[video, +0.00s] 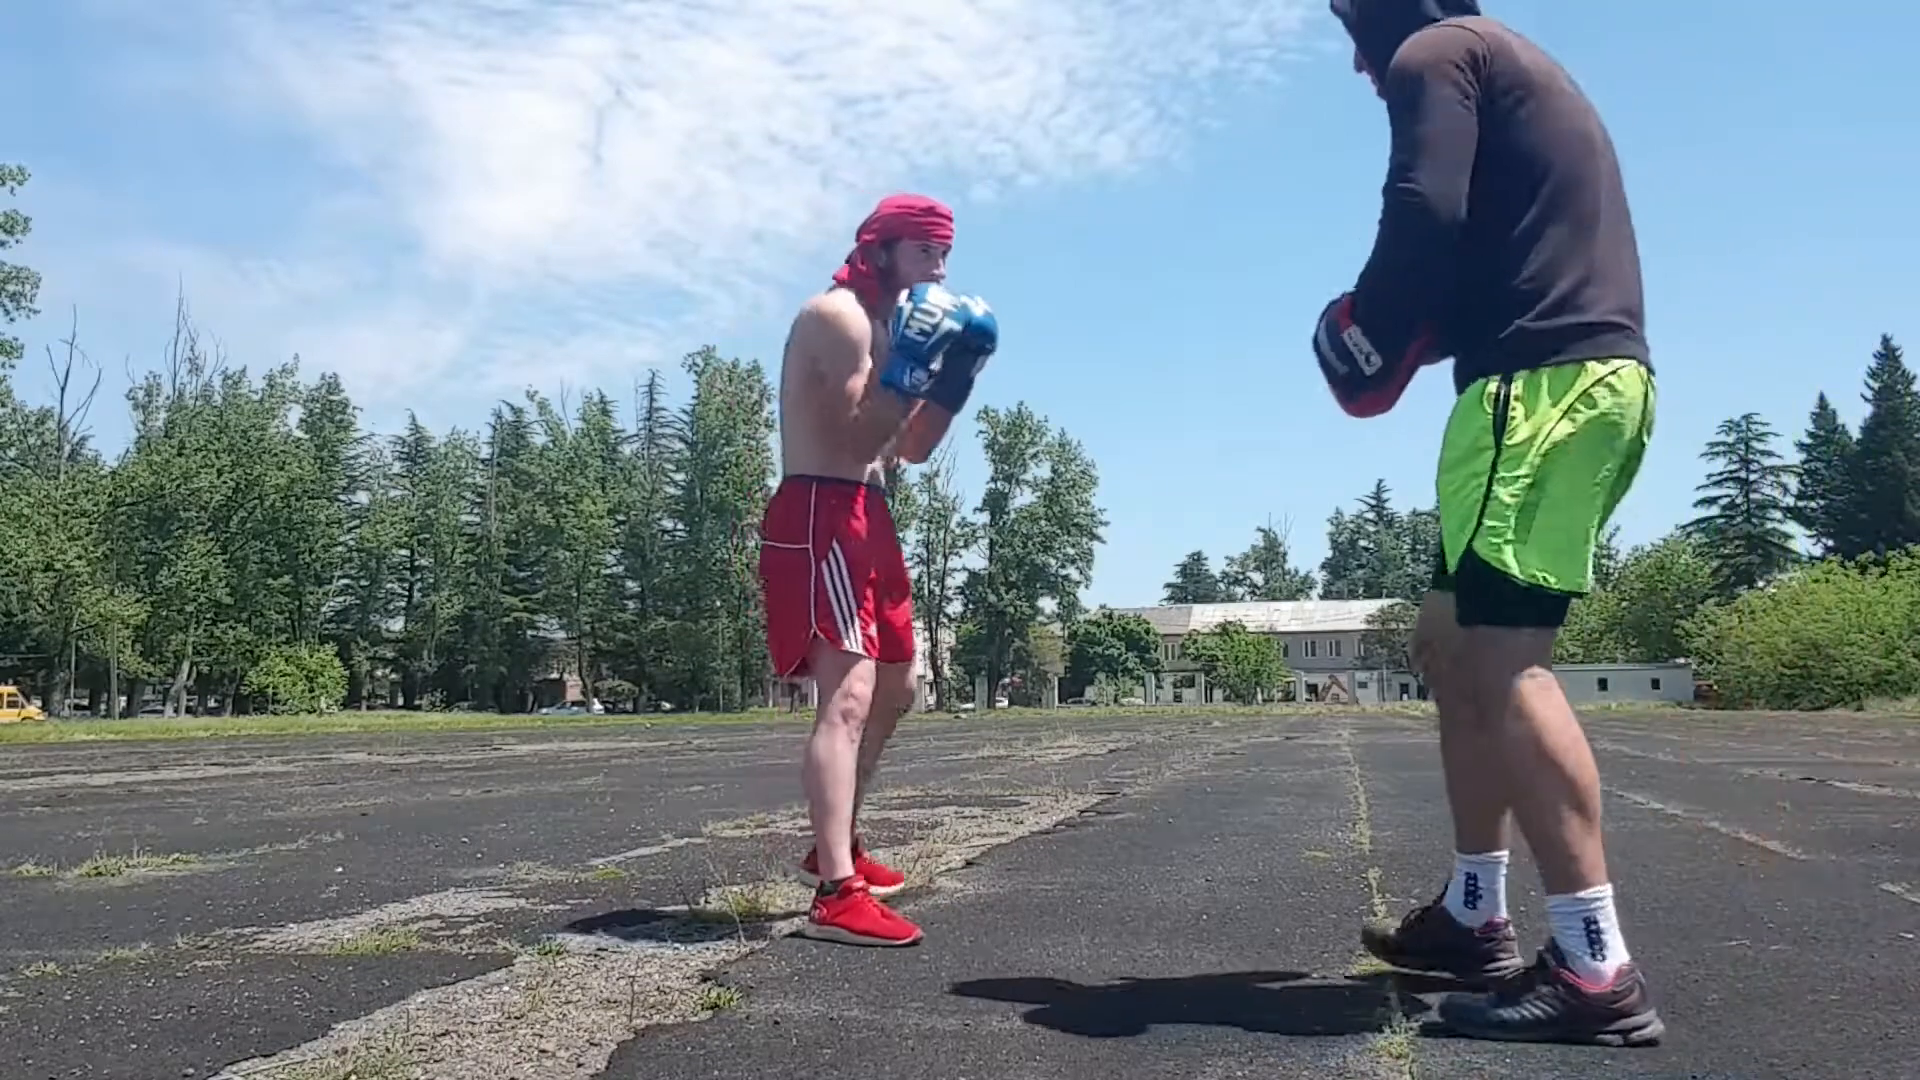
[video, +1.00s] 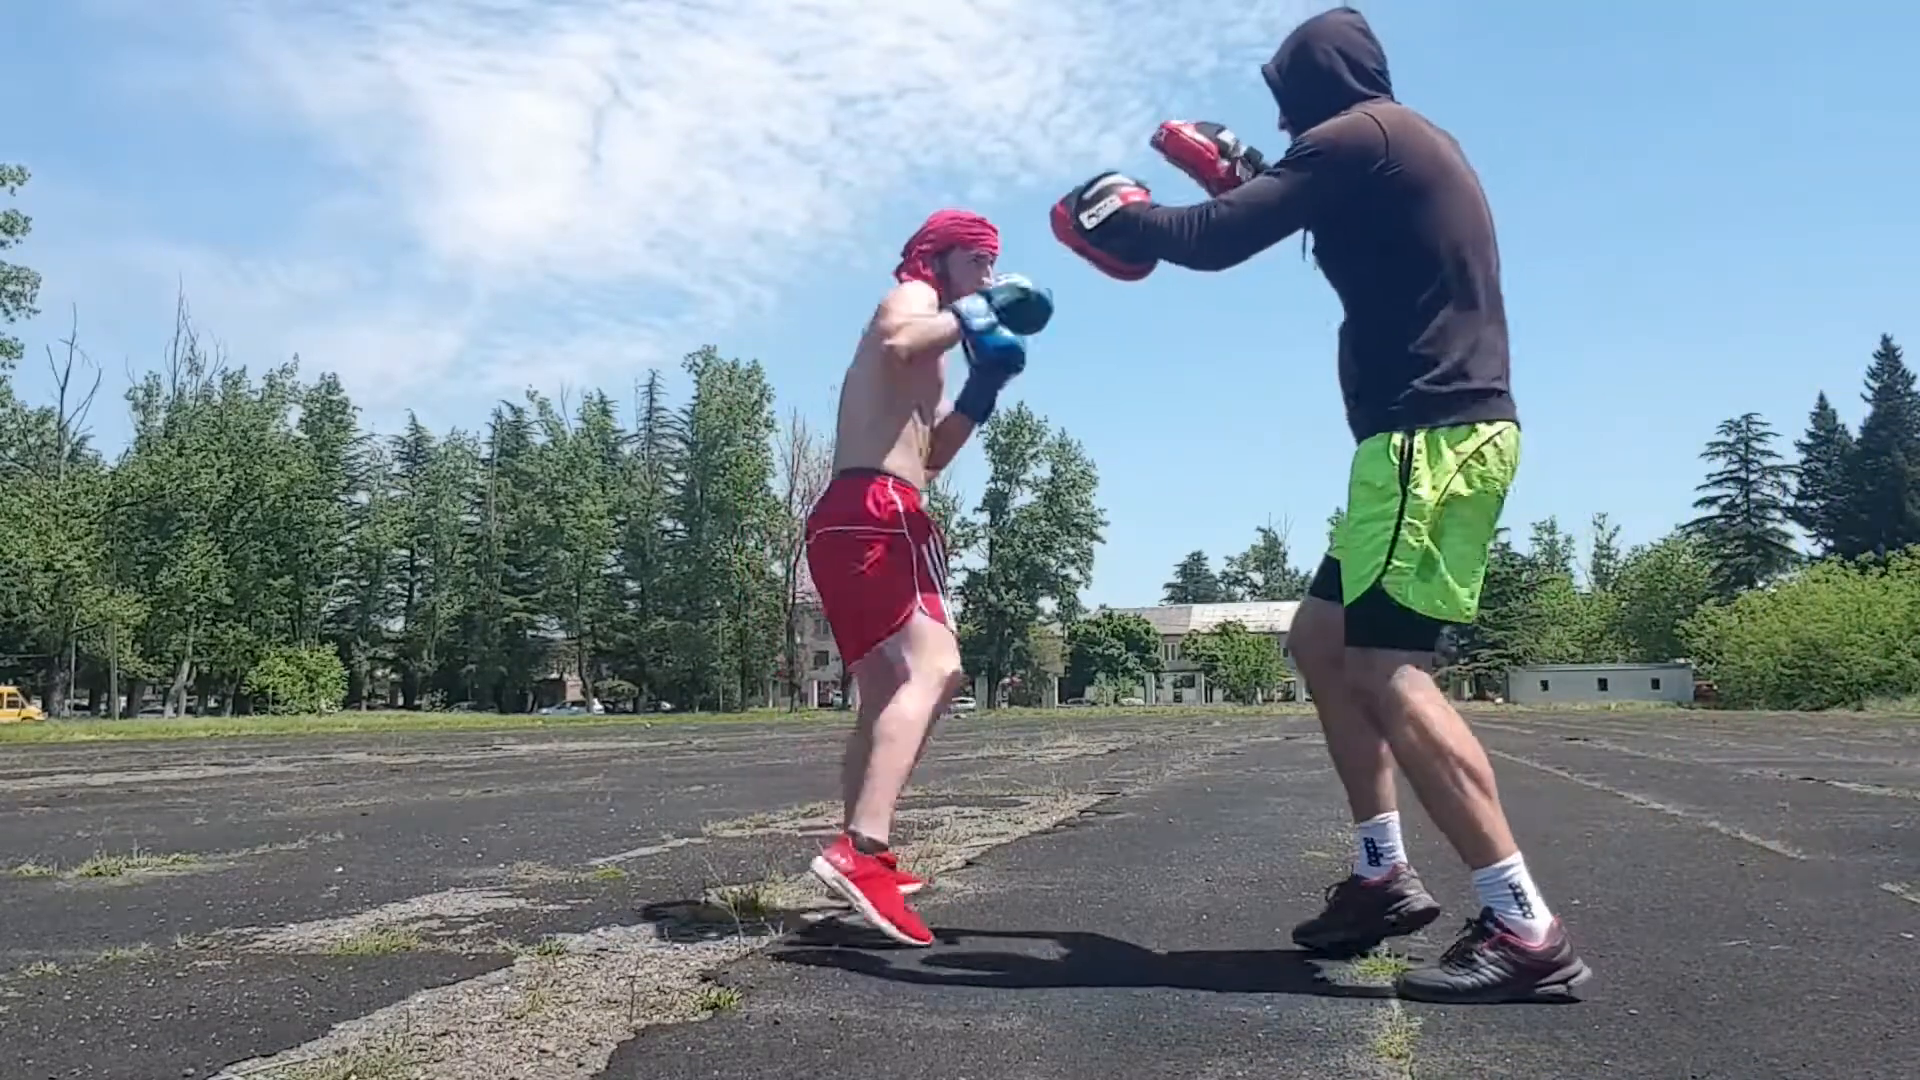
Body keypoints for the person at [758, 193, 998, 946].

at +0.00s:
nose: (939, 266)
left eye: (944, 254)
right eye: (927, 250)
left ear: (929, 262)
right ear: (879, 248)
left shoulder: (896, 328)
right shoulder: (835, 314)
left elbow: (914, 445)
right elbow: (859, 430)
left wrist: (957, 373)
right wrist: (915, 359)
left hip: (870, 516)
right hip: (820, 515)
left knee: (896, 688)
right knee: (847, 696)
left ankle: (836, 842)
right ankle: (836, 888)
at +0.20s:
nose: (951, 298)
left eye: (956, 287)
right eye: (939, 283)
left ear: (949, 295)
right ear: (895, 280)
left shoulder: (922, 358)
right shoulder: (853, 331)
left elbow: (931, 473)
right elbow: (826, 427)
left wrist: (968, 395)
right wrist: (899, 391)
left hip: (891, 529)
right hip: (844, 522)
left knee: (909, 704)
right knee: (883, 693)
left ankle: (858, 855)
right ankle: (841, 888)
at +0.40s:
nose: (958, 297)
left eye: (962, 285)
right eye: (947, 283)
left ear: (954, 290)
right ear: (907, 280)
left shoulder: (934, 347)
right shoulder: (876, 314)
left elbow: (933, 454)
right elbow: (810, 389)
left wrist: (972, 387)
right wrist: (895, 380)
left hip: (900, 525)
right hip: (852, 517)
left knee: (907, 691)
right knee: (887, 680)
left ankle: (855, 857)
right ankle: (860, 870)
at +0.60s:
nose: (959, 292)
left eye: (961, 280)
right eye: (947, 277)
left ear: (941, 287)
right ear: (906, 278)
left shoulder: (916, 352)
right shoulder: (863, 335)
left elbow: (952, 451)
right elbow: (861, 430)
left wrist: (979, 373)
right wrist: (930, 382)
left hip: (903, 534)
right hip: (859, 531)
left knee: (902, 697)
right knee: (896, 693)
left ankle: (853, 858)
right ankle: (858, 872)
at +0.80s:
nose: (960, 294)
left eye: (962, 283)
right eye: (947, 281)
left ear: (945, 292)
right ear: (905, 284)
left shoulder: (933, 368)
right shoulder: (863, 340)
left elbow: (950, 463)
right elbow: (878, 429)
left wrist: (980, 389)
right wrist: (969, 419)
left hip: (895, 536)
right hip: (851, 532)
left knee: (912, 697)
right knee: (937, 667)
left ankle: (850, 859)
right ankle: (878, 841)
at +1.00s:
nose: (990, 276)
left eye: (992, 265)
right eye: (979, 261)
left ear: (964, 270)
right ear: (937, 258)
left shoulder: (926, 351)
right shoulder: (909, 296)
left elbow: (931, 456)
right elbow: (900, 341)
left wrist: (984, 386)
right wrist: (976, 311)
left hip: (867, 519)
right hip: (872, 511)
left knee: (884, 697)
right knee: (934, 667)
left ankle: (859, 852)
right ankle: (865, 845)